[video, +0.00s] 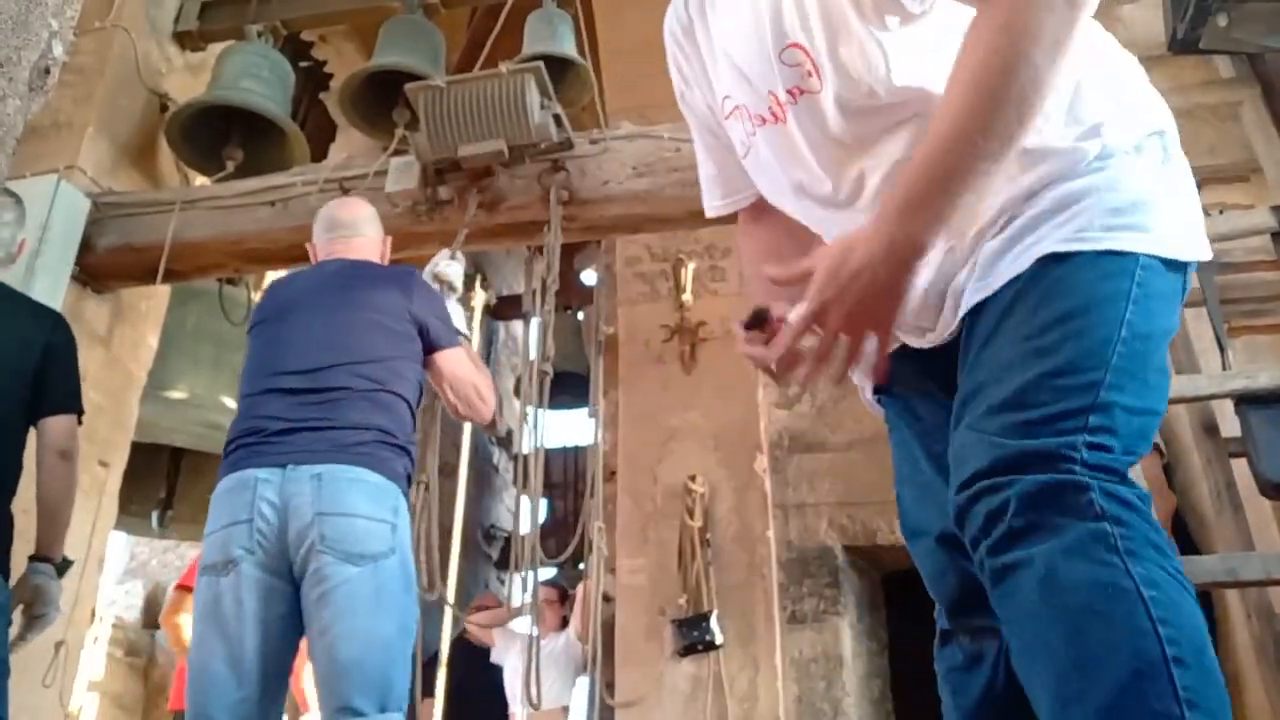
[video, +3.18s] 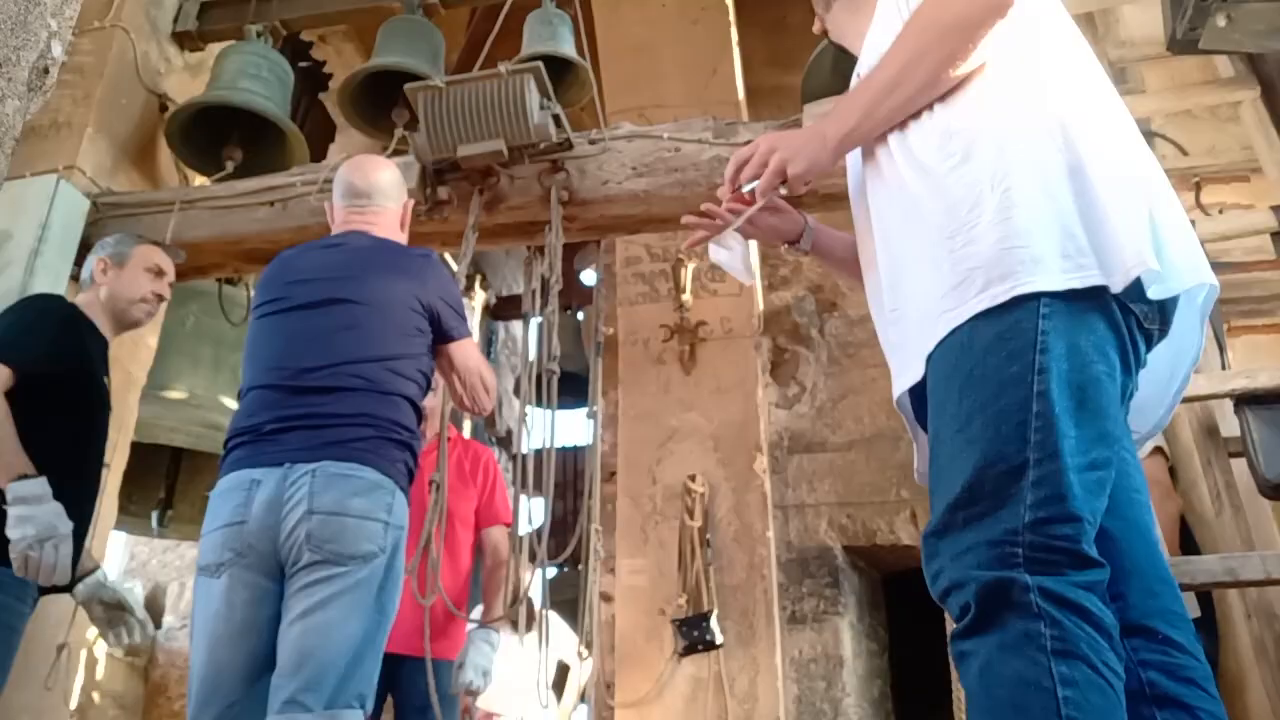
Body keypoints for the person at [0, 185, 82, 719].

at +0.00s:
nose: (7, 240)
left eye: (6, 228)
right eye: (10, 229)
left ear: (14, 247)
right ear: (18, 247)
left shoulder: (41, 328)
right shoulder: (40, 329)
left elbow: (59, 450)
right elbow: (59, 450)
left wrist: (45, 562)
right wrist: (47, 562)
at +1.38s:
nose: (20, 262)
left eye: (35, 256)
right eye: (31, 253)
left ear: (64, 280)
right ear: (75, 289)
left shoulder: (8, 287)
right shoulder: (90, 385)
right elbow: (66, 507)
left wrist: (18, 568)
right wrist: (18, 565)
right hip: (7, 562)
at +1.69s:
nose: (8, 263)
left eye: (13, 256)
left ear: (22, 260)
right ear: (81, 294)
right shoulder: (87, 371)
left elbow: (78, 495)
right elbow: (77, 497)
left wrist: (19, 590)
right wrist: (19, 590)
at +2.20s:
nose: (74, 309)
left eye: (79, 297)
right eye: (77, 293)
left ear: (9, 269)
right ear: (51, 276)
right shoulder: (56, 337)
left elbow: (61, 448)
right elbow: (60, 448)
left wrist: (53, 571)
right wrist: (54, 572)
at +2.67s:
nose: (131, 291)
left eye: (136, 283)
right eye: (123, 271)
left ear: (71, 269)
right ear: (73, 264)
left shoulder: (27, 317)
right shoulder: (51, 315)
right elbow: (34, 414)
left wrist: (88, 531)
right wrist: (107, 522)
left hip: (19, 566)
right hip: (16, 566)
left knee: (8, 702)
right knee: (5, 703)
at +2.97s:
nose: (173, 301)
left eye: (177, 293)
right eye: (163, 282)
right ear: (114, 274)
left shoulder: (94, 344)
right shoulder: (75, 315)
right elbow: (27, 392)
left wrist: (115, 566)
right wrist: (100, 509)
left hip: (27, 571)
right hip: (14, 567)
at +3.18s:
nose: (164, 291)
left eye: (169, 285)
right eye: (153, 273)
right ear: (103, 269)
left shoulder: (91, 353)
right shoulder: (51, 315)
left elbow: (57, 482)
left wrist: (87, 578)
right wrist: (27, 494)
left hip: (26, 579)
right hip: (7, 572)